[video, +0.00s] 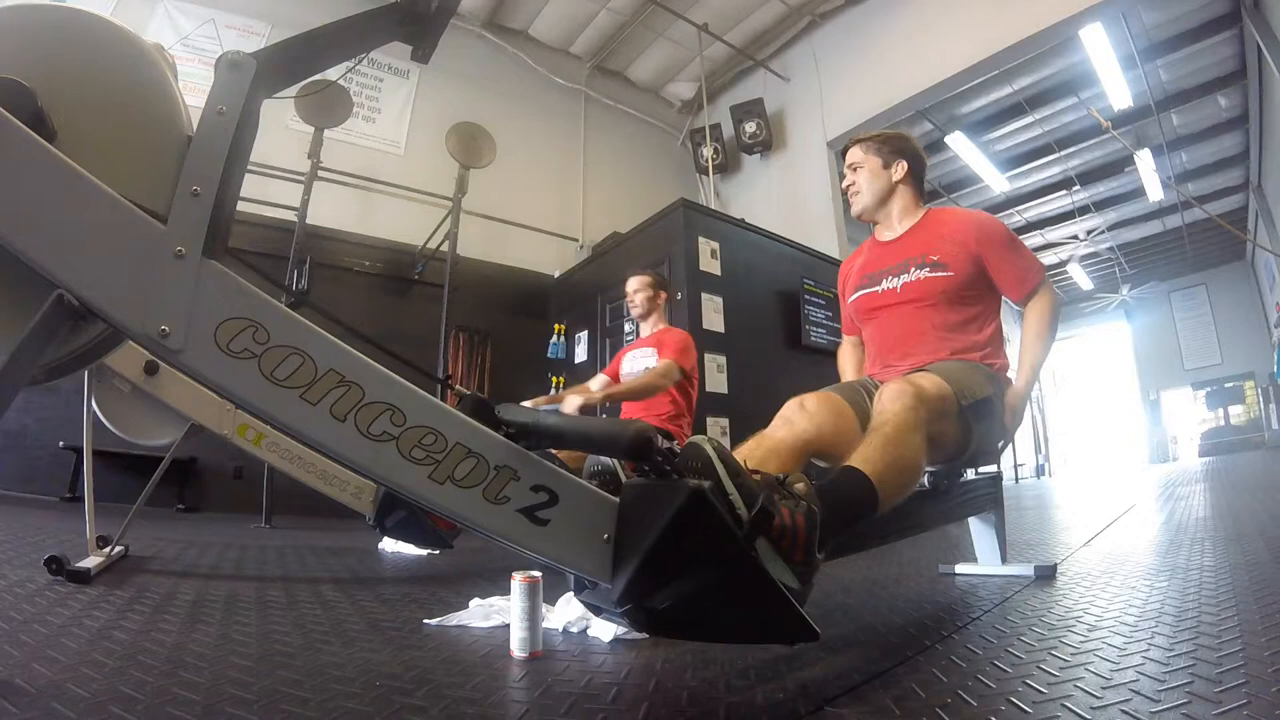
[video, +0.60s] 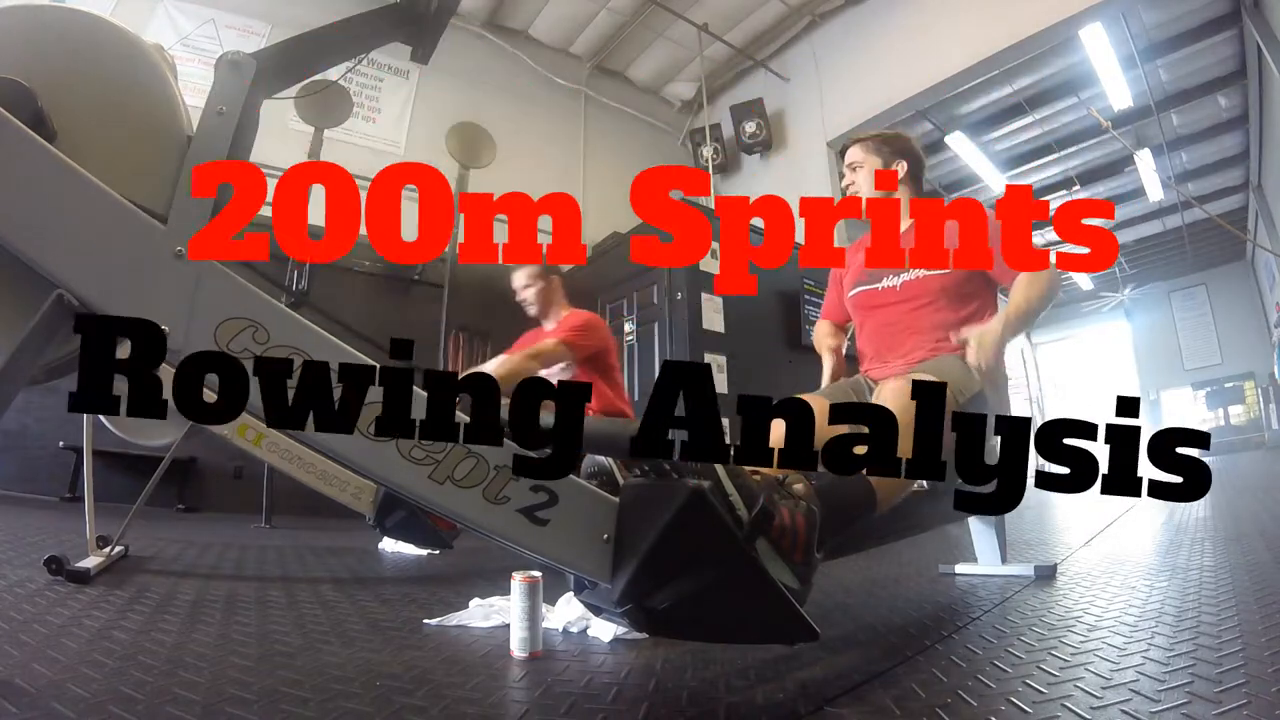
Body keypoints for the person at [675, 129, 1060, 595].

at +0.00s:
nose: (845, 181)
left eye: (856, 167)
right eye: (845, 174)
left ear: (898, 170)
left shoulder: (972, 227)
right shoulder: (852, 267)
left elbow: (1040, 296)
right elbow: (851, 343)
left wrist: (1021, 388)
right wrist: (856, 399)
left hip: (970, 376)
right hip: (880, 392)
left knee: (903, 398)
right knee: (801, 415)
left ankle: (815, 516)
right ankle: (696, 493)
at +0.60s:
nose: (845, 183)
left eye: (855, 169)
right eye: (843, 175)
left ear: (897, 171)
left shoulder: (959, 223)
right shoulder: (850, 255)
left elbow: (1041, 274)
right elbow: (828, 329)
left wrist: (1000, 328)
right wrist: (833, 355)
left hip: (955, 362)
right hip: (872, 381)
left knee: (899, 397)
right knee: (786, 422)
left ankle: (813, 522)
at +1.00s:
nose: (853, 178)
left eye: (864, 163)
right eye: (850, 172)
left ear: (908, 168)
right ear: (851, 189)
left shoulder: (961, 224)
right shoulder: (847, 256)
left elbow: (1024, 304)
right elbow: (826, 345)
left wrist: (968, 292)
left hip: (967, 376)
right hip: (877, 388)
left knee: (896, 391)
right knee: (788, 410)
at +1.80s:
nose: (813, 175)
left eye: (823, 158)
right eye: (801, 167)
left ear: (858, 154)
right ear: (794, 177)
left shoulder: (927, 212)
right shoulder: (803, 255)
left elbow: (990, 306)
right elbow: (790, 350)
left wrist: (1011, 415)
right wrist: (744, 400)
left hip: (948, 393)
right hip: (846, 398)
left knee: (874, 322)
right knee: (734, 365)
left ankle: (804, 508)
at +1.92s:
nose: (815, 190)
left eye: (825, 172)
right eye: (801, 181)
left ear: (855, 160)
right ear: (792, 187)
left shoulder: (920, 222)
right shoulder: (790, 258)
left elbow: (983, 313)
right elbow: (776, 352)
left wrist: (992, 420)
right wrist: (760, 426)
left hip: (934, 391)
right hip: (834, 394)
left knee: (878, 327)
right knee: (729, 367)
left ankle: (804, 504)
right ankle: (719, 524)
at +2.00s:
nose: (817, 193)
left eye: (827, 175)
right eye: (802, 184)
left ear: (855, 162)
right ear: (791, 187)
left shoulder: (920, 225)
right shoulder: (787, 256)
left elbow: (980, 315)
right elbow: (770, 356)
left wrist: (990, 425)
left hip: (930, 389)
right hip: (830, 391)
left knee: (886, 334)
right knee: (728, 369)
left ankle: (807, 504)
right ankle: (714, 530)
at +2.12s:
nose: (817, 195)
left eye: (827, 177)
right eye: (802, 186)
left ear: (855, 165)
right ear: (790, 188)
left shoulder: (919, 227)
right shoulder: (781, 257)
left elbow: (977, 316)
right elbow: (773, 359)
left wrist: (990, 424)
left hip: (925, 389)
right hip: (827, 391)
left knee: (890, 344)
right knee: (725, 374)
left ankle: (808, 505)